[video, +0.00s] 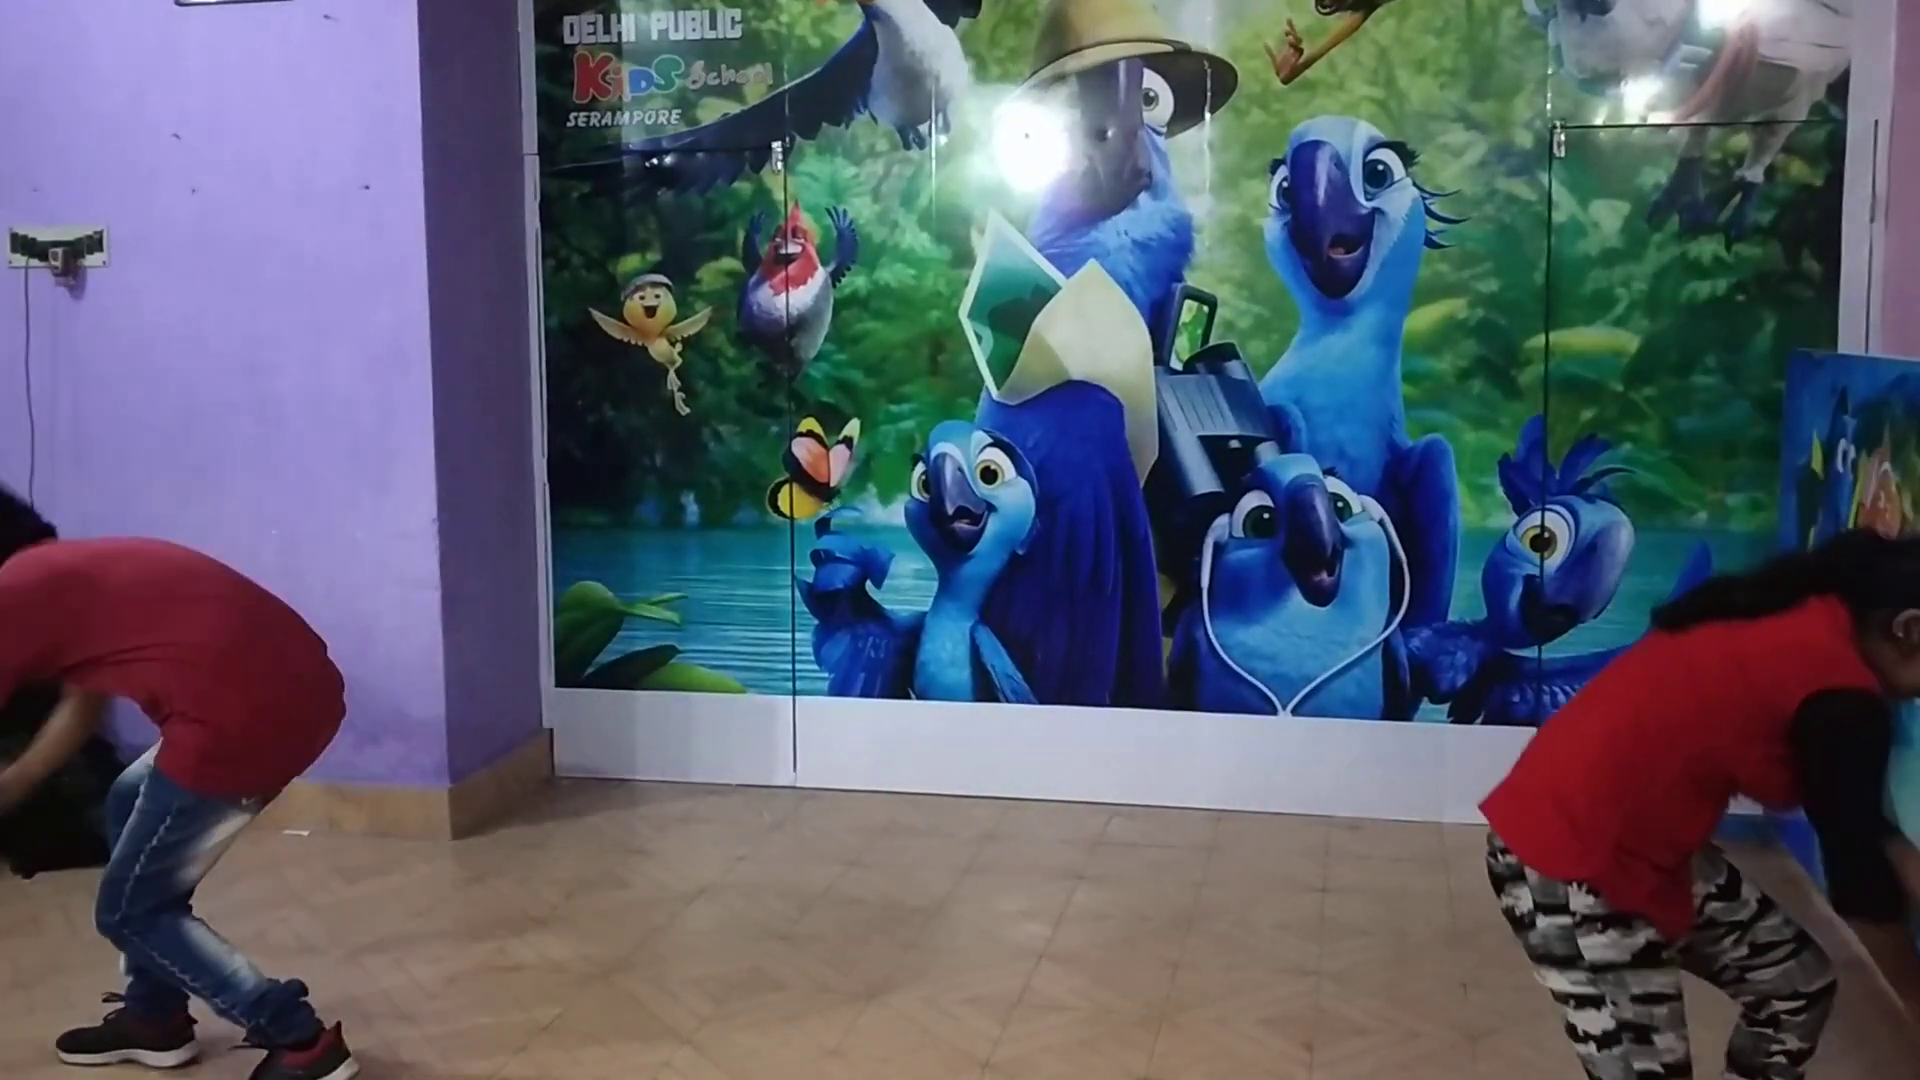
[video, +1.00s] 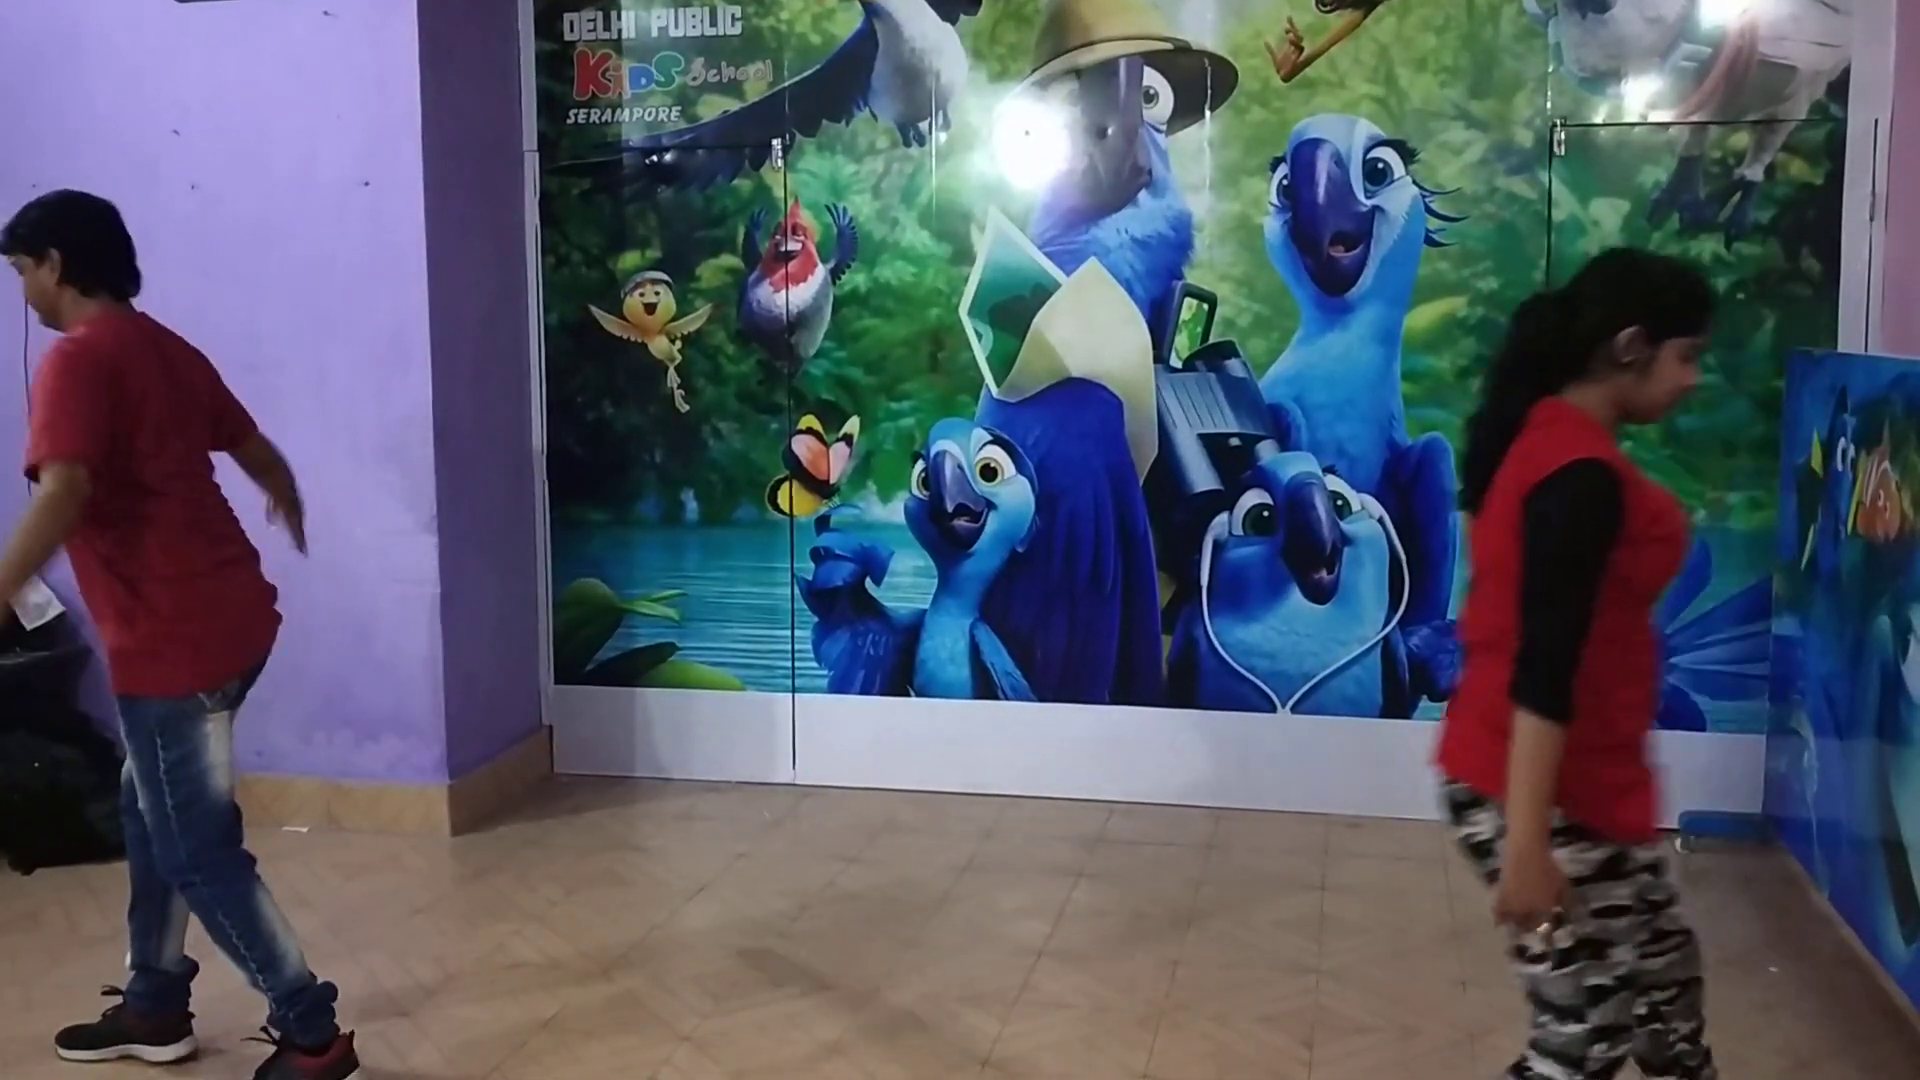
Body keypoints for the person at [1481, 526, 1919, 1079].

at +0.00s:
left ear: (1899, 624)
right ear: (1905, 629)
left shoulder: (1800, 616)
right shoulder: (1843, 700)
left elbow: (1871, 831)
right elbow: (1865, 899)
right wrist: (1913, 1008)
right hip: (1571, 872)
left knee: (1795, 985)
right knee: (1648, 1067)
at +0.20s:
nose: (1916, 590)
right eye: (1918, 567)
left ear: (1874, 523)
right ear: (1887, 533)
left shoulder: (1770, 530)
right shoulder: (1826, 593)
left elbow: (1824, 696)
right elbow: (1863, 787)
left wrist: (1888, 758)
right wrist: (1853, 838)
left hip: (1638, 798)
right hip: (1570, 808)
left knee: (1757, 974)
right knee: (1619, 1065)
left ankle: (1732, 1072)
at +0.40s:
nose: (1871, 458)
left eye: (1886, 443)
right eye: (1880, 435)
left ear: (1820, 389)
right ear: (1835, 395)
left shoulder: (1708, 435)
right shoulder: (1769, 469)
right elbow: (1813, 657)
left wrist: (1805, 685)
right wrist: (1882, 756)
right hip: (1601, 762)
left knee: (1718, 964)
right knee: (1589, 1019)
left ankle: (1709, 1072)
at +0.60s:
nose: (1842, 363)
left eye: (1848, 345)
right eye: (1837, 341)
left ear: (1775, 323)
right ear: (1779, 323)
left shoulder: (1706, 406)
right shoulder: (1720, 428)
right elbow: (1701, 608)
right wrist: (1768, 764)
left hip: (1685, 733)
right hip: (1632, 731)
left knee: (1709, 965)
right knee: (1607, 988)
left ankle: (1700, 1072)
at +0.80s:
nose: (1785, 353)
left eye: (1787, 333)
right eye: (1776, 331)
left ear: (1707, 322)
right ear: (1713, 321)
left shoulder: (1645, 419)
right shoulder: (1669, 443)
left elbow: (1576, 605)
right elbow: (1635, 633)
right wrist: (1603, 798)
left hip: (1674, 762)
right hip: (1639, 768)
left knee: (1706, 1000)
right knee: (1627, 1020)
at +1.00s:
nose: (1693, 380)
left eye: (1697, 360)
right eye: (1687, 357)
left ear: (1621, 348)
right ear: (1628, 348)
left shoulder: (1555, 443)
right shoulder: (1578, 472)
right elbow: (1543, 671)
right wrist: (1526, 846)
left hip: (1586, 788)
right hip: (1544, 799)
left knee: (1665, 981)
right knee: (1584, 1032)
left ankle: (1675, 1070)